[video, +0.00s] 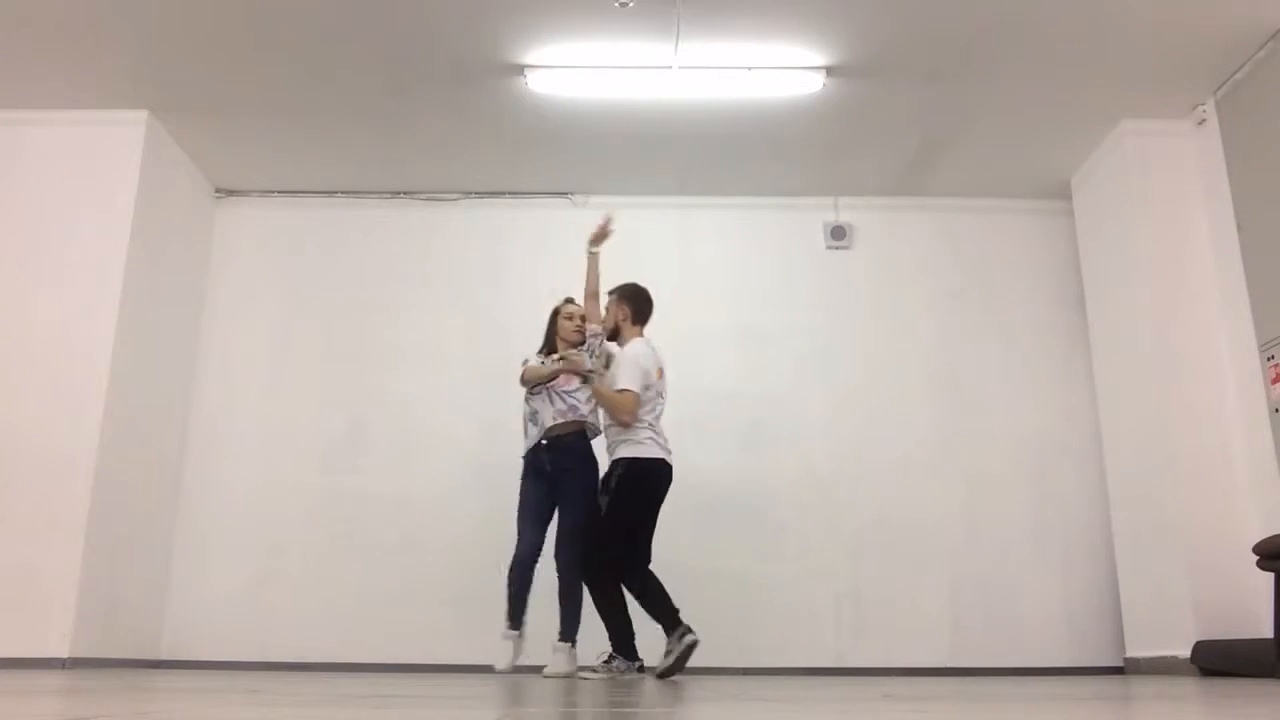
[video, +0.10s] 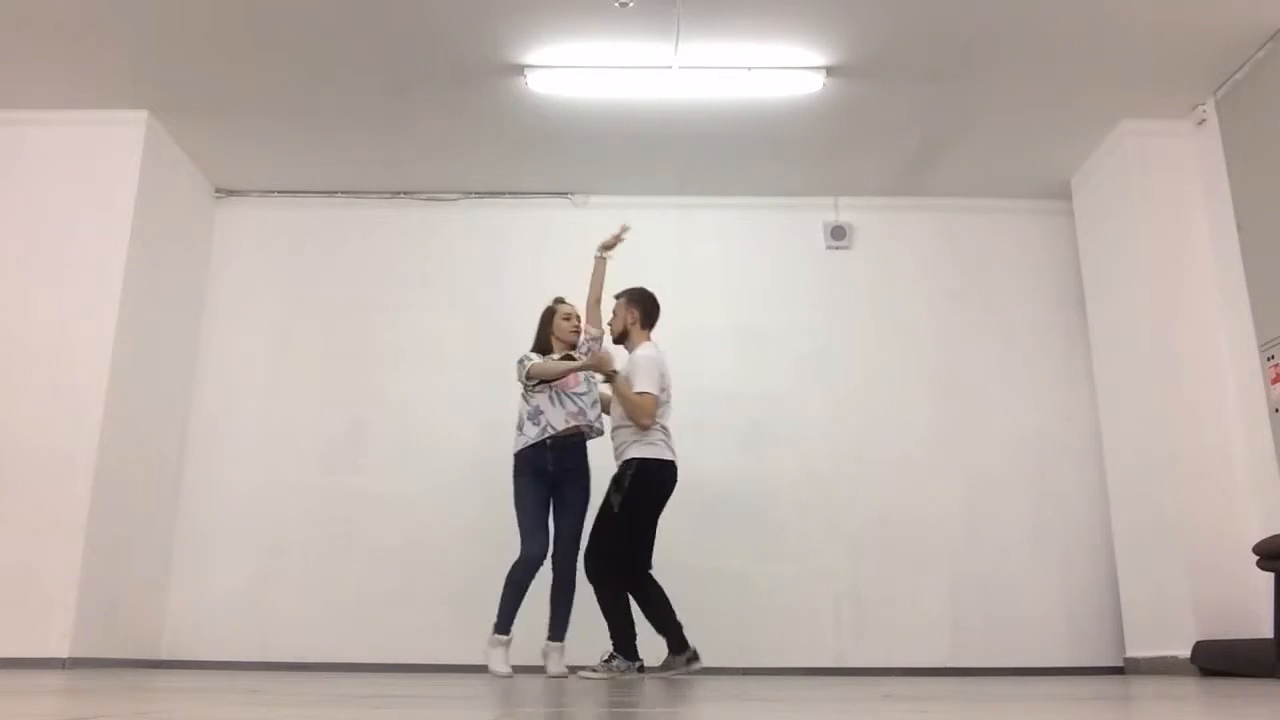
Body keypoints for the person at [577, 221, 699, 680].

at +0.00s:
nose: (602, 314)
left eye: (607, 307)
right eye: (605, 308)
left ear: (623, 312)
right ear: (633, 314)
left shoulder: (632, 351)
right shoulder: (643, 352)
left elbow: (626, 410)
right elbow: (592, 312)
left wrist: (590, 381)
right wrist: (593, 251)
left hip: (633, 465)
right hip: (653, 466)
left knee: (595, 562)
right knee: (630, 563)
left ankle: (624, 656)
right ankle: (677, 633)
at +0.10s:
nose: (611, 318)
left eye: (616, 311)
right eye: (613, 311)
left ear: (634, 315)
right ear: (638, 317)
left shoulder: (646, 355)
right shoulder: (635, 359)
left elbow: (644, 413)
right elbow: (623, 411)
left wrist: (611, 374)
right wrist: (585, 391)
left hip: (644, 466)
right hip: (650, 466)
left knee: (599, 561)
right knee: (633, 567)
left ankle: (625, 656)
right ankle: (681, 649)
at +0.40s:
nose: (622, 326)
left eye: (629, 319)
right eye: (623, 320)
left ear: (651, 323)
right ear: (644, 324)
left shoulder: (675, 367)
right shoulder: (627, 375)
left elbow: (680, 424)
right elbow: (586, 403)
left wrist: (656, 378)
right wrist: (587, 357)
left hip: (671, 468)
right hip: (646, 472)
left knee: (630, 550)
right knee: (652, 563)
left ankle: (634, 649)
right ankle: (685, 655)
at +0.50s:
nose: (622, 327)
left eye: (629, 320)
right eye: (624, 321)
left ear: (652, 323)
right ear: (644, 325)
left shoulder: (677, 367)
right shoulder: (629, 372)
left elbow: (681, 420)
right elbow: (587, 402)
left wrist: (664, 370)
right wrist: (600, 367)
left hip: (675, 465)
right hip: (646, 471)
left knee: (640, 547)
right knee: (654, 560)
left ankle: (644, 644)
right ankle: (686, 655)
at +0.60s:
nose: (622, 326)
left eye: (629, 320)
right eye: (622, 321)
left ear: (652, 323)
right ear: (642, 325)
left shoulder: (674, 361)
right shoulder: (625, 371)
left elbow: (682, 411)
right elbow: (586, 401)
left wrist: (674, 357)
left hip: (675, 462)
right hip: (645, 468)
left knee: (653, 551)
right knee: (645, 550)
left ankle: (682, 651)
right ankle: (663, 642)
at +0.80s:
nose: (624, 324)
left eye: (632, 316)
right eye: (623, 318)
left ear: (657, 320)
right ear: (627, 326)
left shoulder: (672, 357)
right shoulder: (621, 373)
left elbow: (687, 368)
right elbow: (584, 400)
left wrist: (679, 312)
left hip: (678, 461)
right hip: (646, 470)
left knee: (662, 564)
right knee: (652, 568)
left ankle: (684, 652)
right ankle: (681, 651)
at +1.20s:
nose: (635, 315)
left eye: (643, 308)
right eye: (634, 309)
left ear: (666, 311)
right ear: (644, 318)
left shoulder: (678, 344)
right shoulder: (655, 370)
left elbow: (643, 298)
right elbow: (651, 436)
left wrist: (602, 251)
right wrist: (597, 442)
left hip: (688, 462)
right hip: (662, 467)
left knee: (668, 561)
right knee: (608, 529)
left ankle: (689, 656)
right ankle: (649, 615)